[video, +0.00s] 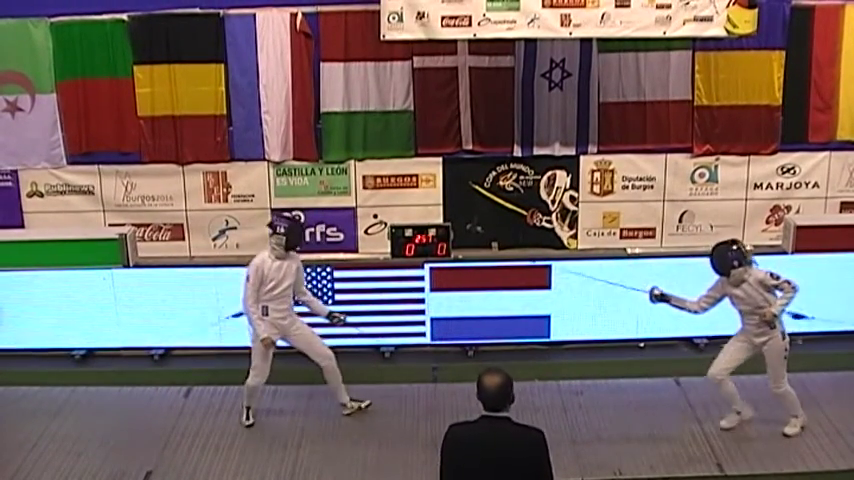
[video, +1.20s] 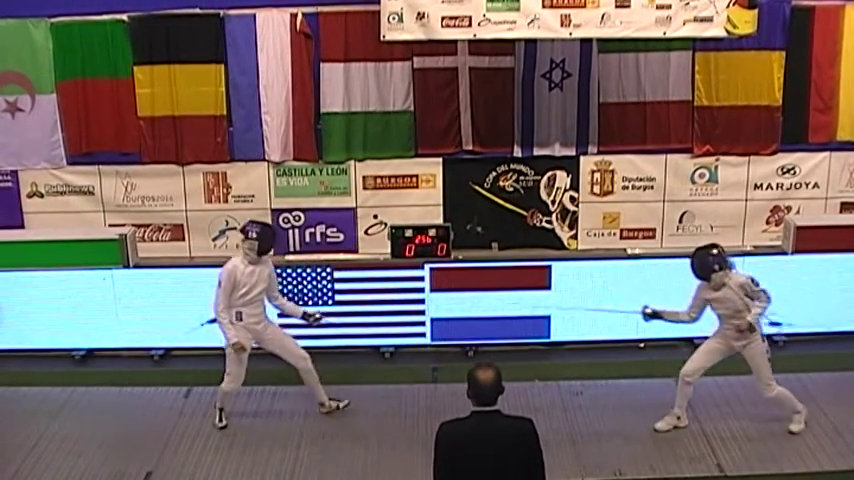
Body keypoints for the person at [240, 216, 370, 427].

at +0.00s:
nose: (274, 241)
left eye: (280, 238)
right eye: (273, 236)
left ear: (290, 242)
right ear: (270, 237)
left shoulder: (295, 263)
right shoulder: (259, 264)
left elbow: (302, 294)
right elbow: (249, 303)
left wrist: (328, 313)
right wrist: (262, 332)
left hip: (290, 321)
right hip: (265, 324)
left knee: (326, 357)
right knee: (257, 377)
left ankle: (346, 403)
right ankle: (248, 407)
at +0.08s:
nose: (271, 238)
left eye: (277, 234)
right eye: (269, 233)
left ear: (286, 239)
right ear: (264, 234)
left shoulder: (288, 262)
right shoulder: (252, 262)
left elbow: (294, 294)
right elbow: (241, 300)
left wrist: (318, 314)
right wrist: (254, 330)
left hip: (282, 319)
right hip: (257, 321)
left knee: (319, 357)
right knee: (255, 375)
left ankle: (328, 404)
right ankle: (247, 408)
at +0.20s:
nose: (266, 247)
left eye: (271, 245)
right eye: (263, 242)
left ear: (281, 246)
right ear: (259, 241)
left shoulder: (282, 264)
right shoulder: (248, 265)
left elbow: (288, 296)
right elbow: (236, 304)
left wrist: (313, 315)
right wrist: (243, 337)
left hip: (277, 321)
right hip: (252, 324)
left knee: (309, 362)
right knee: (253, 378)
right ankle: (247, 408)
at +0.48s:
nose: (268, 239)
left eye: (274, 236)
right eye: (266, 235)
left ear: (283, 240)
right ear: (262, 236)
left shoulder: (287, 262)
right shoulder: (252, 265)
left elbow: (297, 292)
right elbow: (240, 303)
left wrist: (328, 306)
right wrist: (250, 335)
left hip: (282, 320)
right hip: (258, 323)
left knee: (319, 356)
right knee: (255, 378)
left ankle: (310, 402)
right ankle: (247, 409)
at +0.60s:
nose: (275, 239)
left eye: (281, 235)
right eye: (273, 234)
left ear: (291, 238)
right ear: (270, 234)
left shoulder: (298, 258)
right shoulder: (260, 262)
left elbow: (315, 286)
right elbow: (251, 302)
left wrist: (347, 294)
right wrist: (263, 330)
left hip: (294, 319)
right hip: (269, 322)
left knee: (328, 356)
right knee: (260, 377)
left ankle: (328, 403)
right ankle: (248, 407)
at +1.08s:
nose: (262, 248)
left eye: (267, 244)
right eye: (259, 242)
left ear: (274, 248)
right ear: (254, 244)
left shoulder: (280, 268)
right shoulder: (245, 273)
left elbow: (293, 299)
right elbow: (236, 314)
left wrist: (325, 309)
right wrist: (248, 340)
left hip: (279, 329)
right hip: (254, 333)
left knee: (320, 357)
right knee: (242, 387)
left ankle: (328, 404)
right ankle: (221, 405)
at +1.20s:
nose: (249, 250)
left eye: (254, 248)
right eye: (246, 246)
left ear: (263, 250)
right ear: (241, 245)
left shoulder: (266, 266)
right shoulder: (231, 269)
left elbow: (276, 298)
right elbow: (220, 309)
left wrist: (303, 314)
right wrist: (231, 337)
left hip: (263, 326)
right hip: (239, 330)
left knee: (303, 360)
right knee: (232, 382)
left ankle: (325, 403)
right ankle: (220, 408)